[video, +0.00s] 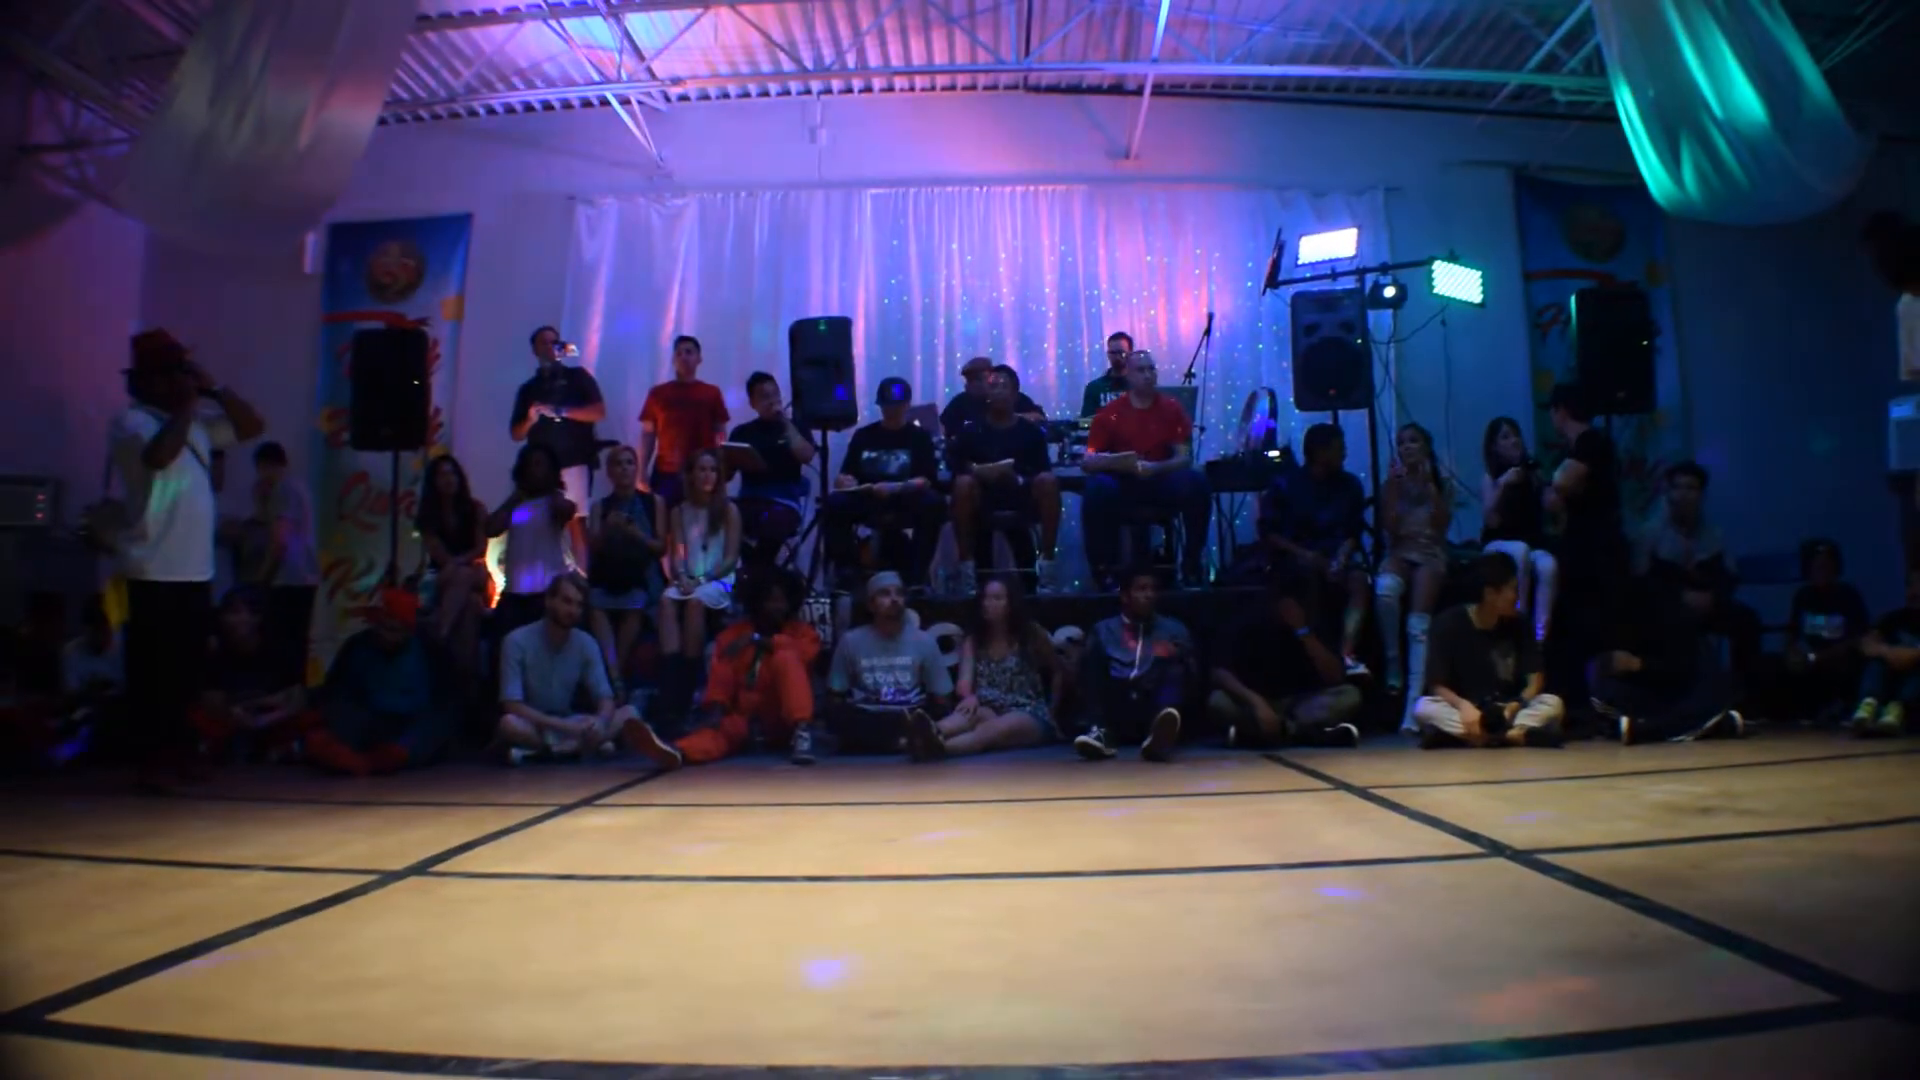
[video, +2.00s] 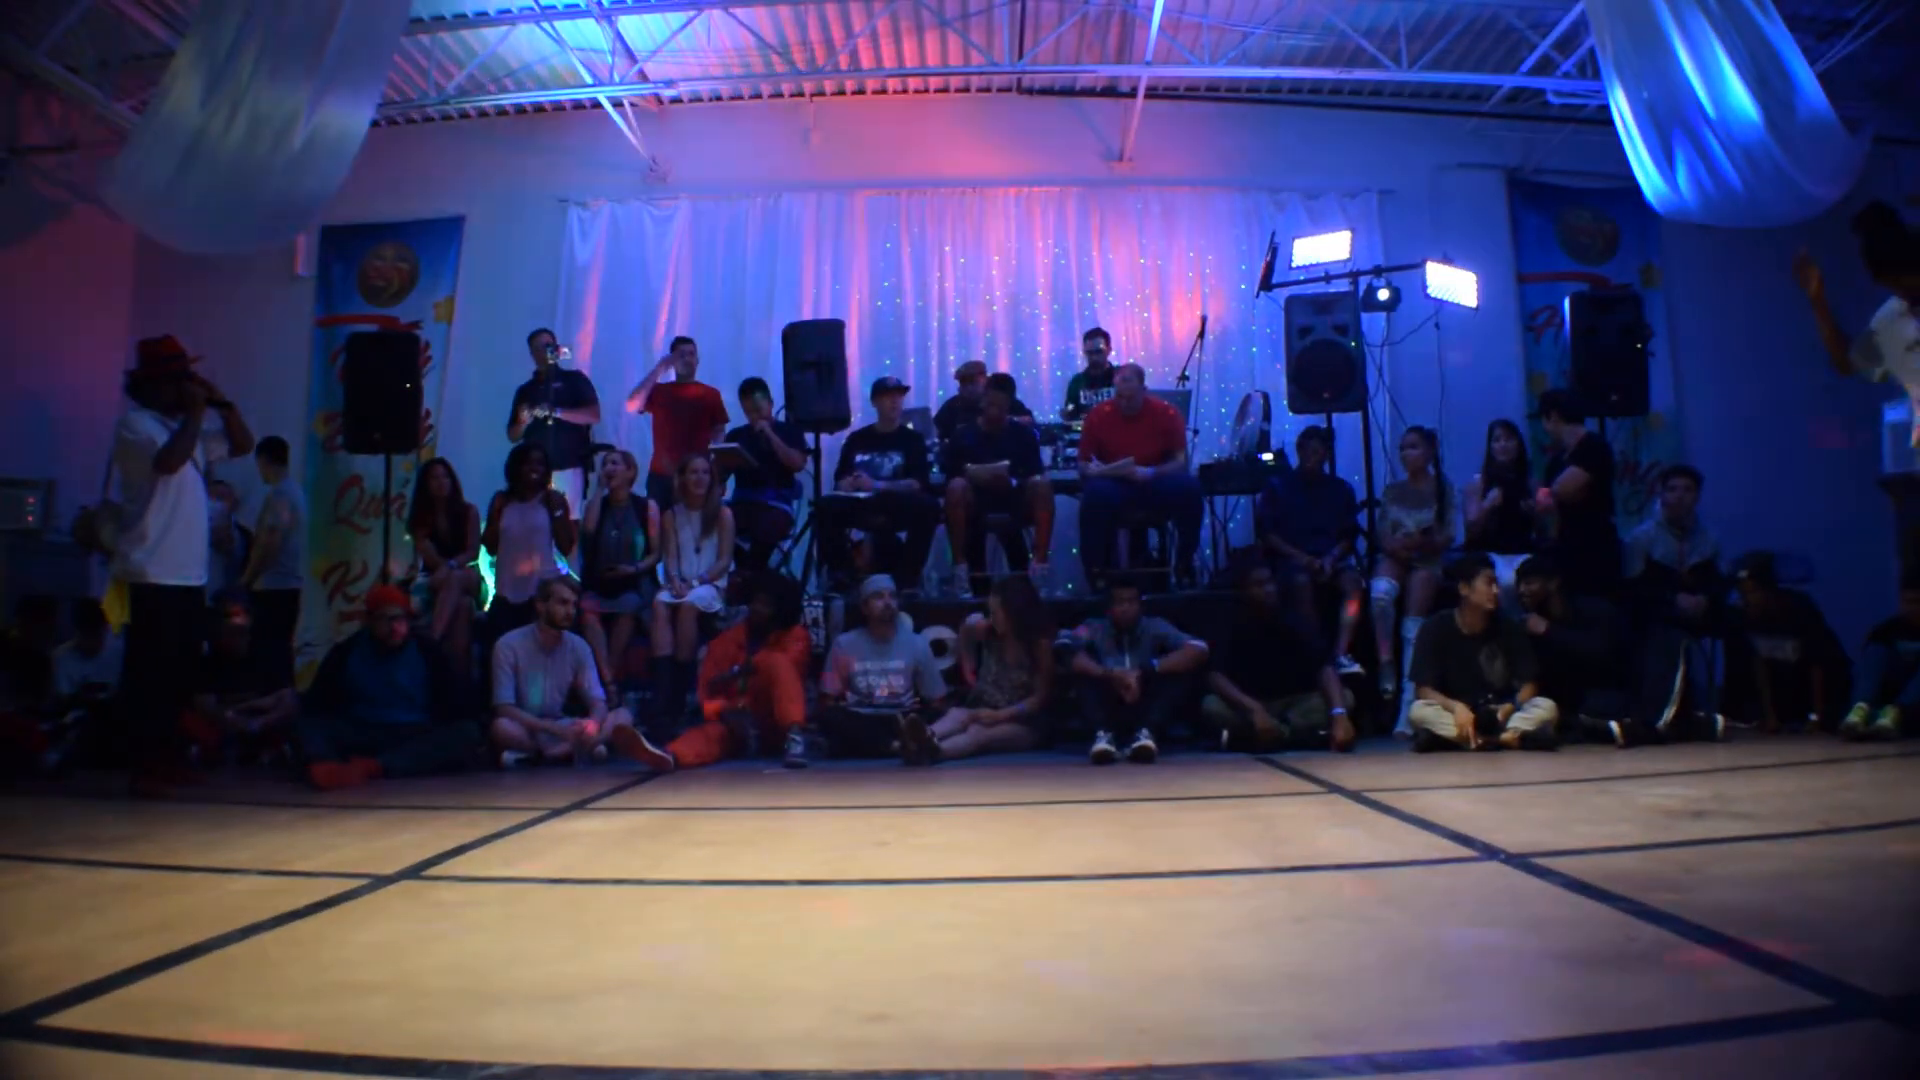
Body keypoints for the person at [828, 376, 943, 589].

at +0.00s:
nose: (893, 412)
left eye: (898, 406)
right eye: (888, 406)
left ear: (907, 405)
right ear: (880, 406)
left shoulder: (919, 437)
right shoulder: (863, 436)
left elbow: (927, 479)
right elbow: (843, 479)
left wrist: (895, 488)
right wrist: (865, 489)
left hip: (906, 498)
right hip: (868, 497)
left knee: (933, 505)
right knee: (835, 505)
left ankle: (916, 576)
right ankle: (846, 574)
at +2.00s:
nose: (895, 403)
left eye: (898, 397)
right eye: (889, 397)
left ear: (903, 401)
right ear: (875, 402)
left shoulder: (913, 439)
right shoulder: (857, 439)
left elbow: (919, 483)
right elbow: (840, 482)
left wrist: (875, 485)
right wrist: (851, 484)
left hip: (897, 501)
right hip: (861, 502)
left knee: (927, 508)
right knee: (825, 507)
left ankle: (908, 580)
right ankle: (840, 578)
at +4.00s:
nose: (901, 408)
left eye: (901, 402)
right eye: (894, 403)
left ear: (903, 404)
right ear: (878, 405)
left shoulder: (913, 439)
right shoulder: (856, 438)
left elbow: (919, 483)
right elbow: (838, 481)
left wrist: (876, 486)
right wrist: (848, 485)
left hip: (898, 502)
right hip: (860, 503)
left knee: (927, 508)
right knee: (827, 507)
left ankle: (909, 577)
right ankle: (838, 576)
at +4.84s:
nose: (893, 405)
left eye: (896, 399)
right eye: (887, 399)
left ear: (900, 402)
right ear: (874, 404)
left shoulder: (912, 438)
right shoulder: (856, 439)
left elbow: (922, 481)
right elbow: (842, 479)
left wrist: (893, 490)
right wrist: (845, 486)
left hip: (899, 503)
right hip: (862, 503)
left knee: (927, 507)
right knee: (829, 507)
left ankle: (909, 576)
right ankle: (838, 574)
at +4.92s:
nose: (893, 404)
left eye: (895, 399)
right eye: (886, 399)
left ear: (899, 401)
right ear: (873, 403)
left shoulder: (912, 437)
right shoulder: (861, 438)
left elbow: (921, 481)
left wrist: (890, 490)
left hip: (907, 502)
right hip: (872, 506)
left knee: (928, 510)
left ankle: (912, 575)